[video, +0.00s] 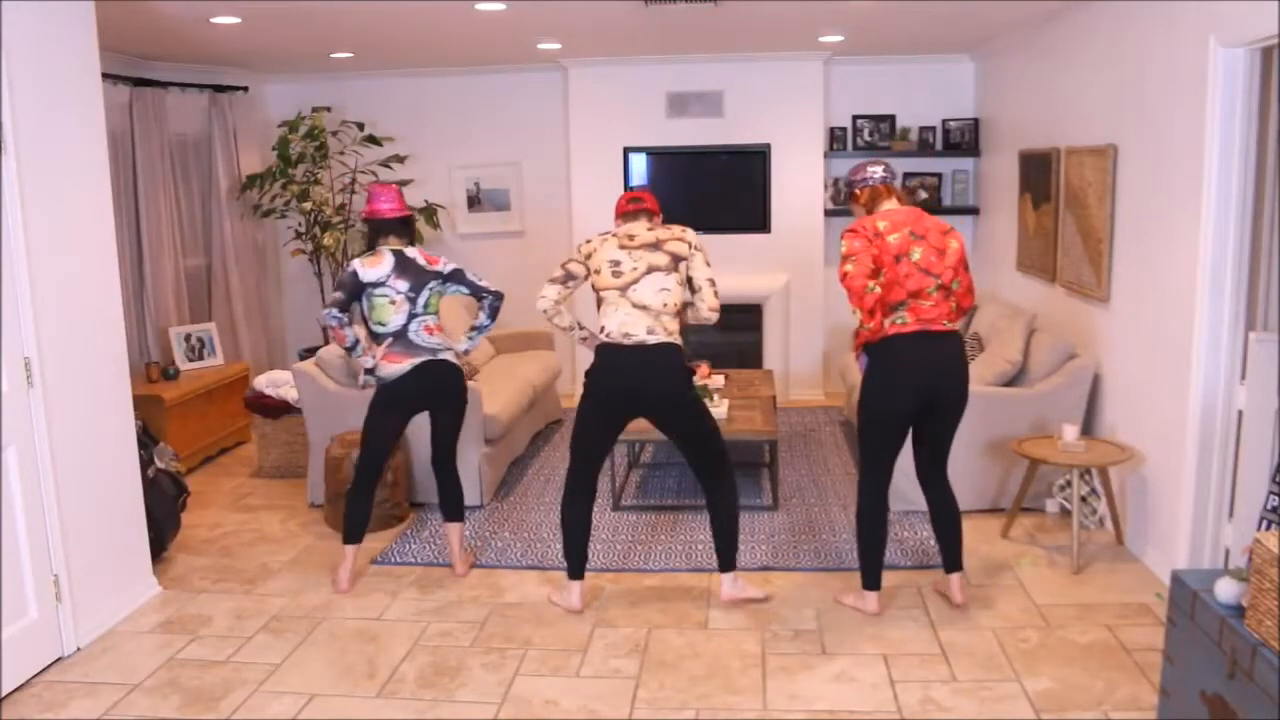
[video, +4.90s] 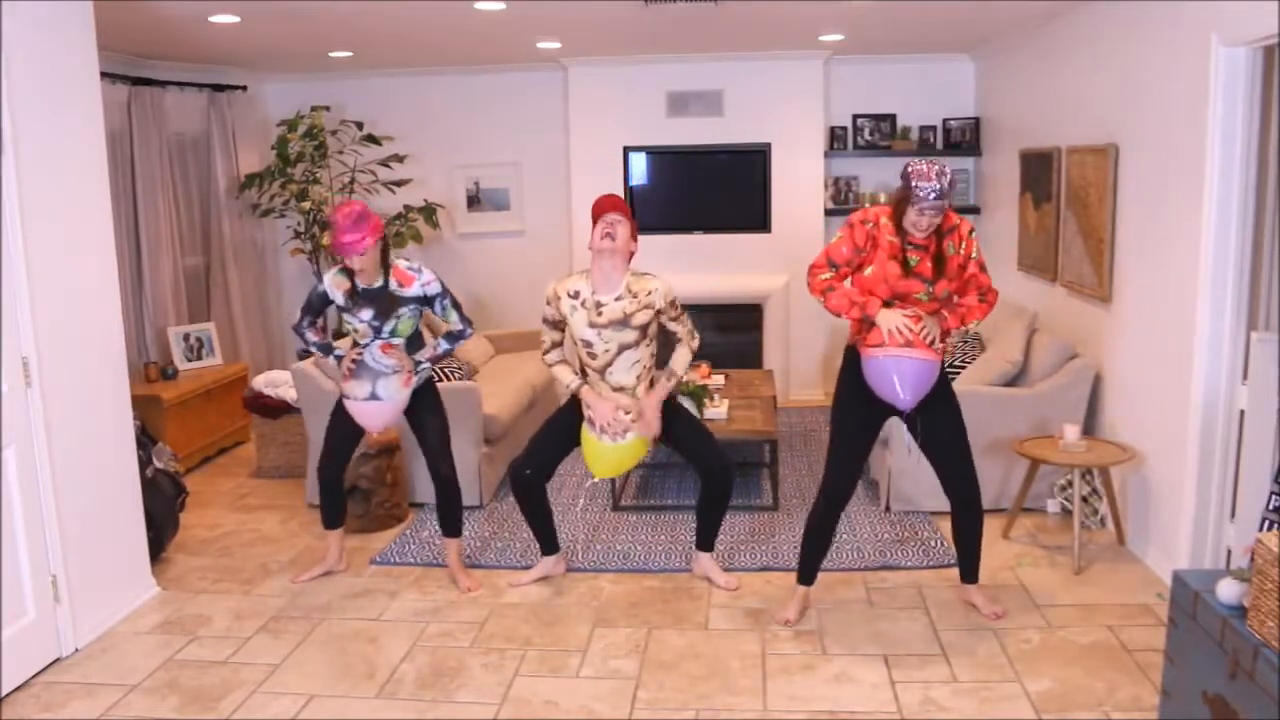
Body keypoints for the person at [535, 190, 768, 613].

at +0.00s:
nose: (640, 224)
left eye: (633, 217)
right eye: (649, 215)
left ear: (618, 218)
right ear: (658, 214)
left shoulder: (596, 247)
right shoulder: (684, 241)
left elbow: (548, 301)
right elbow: (708, 310)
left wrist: (586, 335)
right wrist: (669, 310)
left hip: (608, 373)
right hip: (665, 372)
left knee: (580, 476)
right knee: (716, 471)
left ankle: (574, 589)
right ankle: (729, 579)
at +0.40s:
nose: (589, 206)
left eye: (590, 200)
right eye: (591, 200)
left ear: (597, 198)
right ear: (633, 195)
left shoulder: (580, 237)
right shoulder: (668, 225)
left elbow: (556, 299)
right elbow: (700, 294)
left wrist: (584, 342)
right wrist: (658, 301)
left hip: (617, 362)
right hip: (668, 359)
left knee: (580, 468)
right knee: (690, 454)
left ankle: (601, 585)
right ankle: (698, 556)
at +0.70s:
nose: (573, 193)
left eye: (580, 186)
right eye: (575, 185)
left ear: (603, 193)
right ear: (613, 194)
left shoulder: (594, 234)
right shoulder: (642, 228)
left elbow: (612, 294)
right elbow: (667, 291)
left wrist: (609, 346)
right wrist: (628, 340)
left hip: (656, 359)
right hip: (686, 355)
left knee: (592, 466)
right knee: (662, 458)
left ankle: (626, 571)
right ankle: (683, 560)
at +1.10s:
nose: (559, 217)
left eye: (571, 210)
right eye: (558, 209)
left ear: (596, 220)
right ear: (556, 217)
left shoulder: (617, 262)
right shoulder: (583, 258)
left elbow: (683, 296)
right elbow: (615, 292)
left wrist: (650, 342)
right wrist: (595, 314)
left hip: (672, 363)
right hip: (637, 363)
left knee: (646, 465)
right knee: (600, 456)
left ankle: (666, 577)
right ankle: (631, 545)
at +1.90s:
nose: (627, 205)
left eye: (635, 196)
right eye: (619, 196)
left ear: (649, 192)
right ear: (606, 194)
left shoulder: (674, 226)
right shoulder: (584, 224)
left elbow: (716, 272)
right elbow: (546, 279)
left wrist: (680, 320)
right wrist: (599, 288)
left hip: (656, 350)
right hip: (603, 352)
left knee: (694, 445)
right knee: (585, 451)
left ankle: (701, 547)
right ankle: (598, 550)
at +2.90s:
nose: (619, 265)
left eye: (627, 254)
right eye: (611, 254)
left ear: (641, 257)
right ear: (596, 255)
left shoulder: (664, 287)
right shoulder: (574, 286)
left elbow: (694, 315)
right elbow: (548, 318)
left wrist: (664, 365)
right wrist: (594, 347)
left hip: (652, 380)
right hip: (593, 381)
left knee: (704, 459)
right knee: (543, 468)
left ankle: (703, 553)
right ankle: (554, 555)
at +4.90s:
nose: (607, 225)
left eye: (618, 224)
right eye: (600, 223)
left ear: (633, 246)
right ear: (589, 242)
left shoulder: (653, 290)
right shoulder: (563, 293)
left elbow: (687, 339)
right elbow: (553, 354)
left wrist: (656, 396)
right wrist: (589, 396)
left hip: (648, 400)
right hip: (588, 401)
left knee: (718, 467)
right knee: (524, 473)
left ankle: (704, 555)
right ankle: (551, 556)